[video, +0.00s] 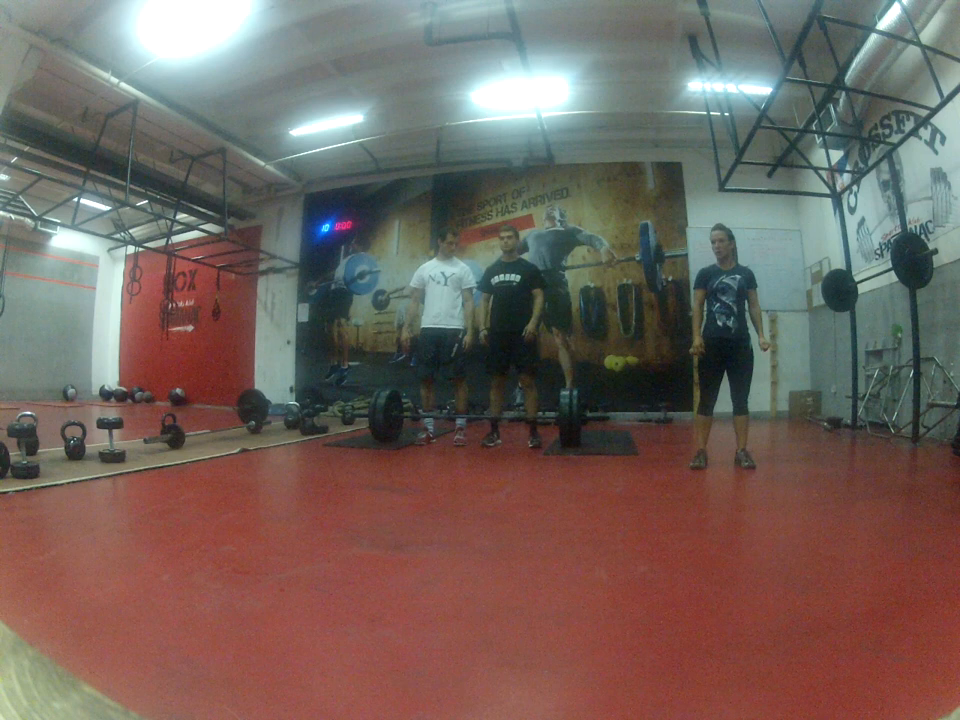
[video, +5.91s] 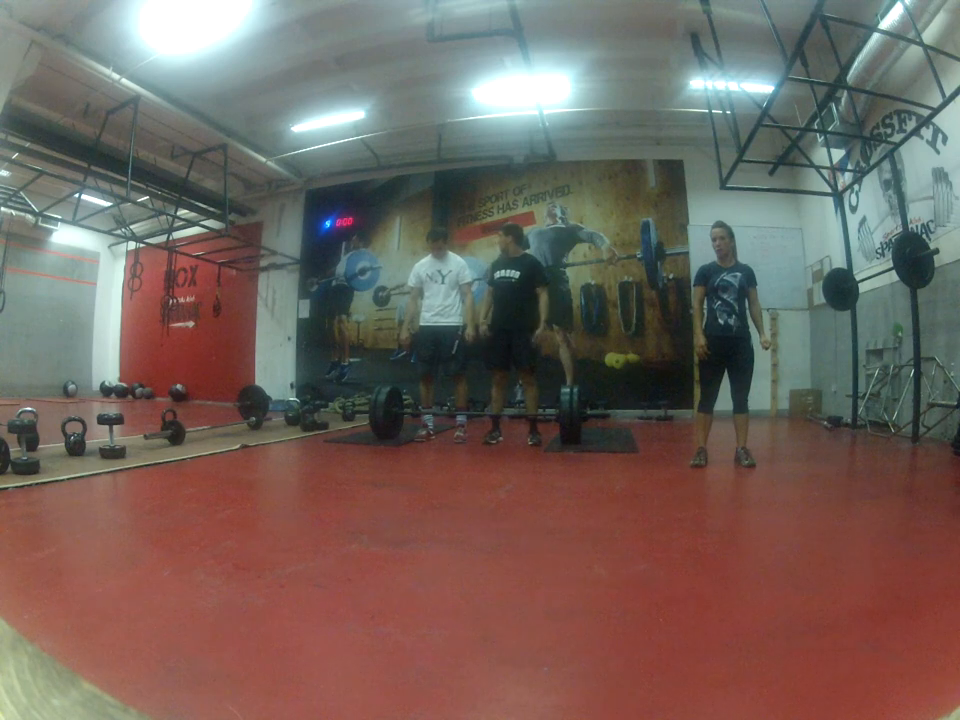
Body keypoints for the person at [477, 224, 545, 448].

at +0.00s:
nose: (506, 241)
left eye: (510, 238)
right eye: (502, 238)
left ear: (517, 241)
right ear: (498, 242)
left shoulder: (529, 268)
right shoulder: (491, 270)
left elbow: (539, 297)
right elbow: (484, 301)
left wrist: (533, 323)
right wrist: (483, 327)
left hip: (523, 332)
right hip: (498, 332)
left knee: (527, 380)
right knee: (497, 381)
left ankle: (533, 431)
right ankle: (494, 430)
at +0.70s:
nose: (507, 241)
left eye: (510, 238)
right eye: (503, 238)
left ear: (518, 241)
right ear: (499, 242)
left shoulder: (530, 268)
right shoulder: (492, 271)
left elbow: (540, 298)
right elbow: (485, 302)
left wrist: (542, 328)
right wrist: (488, 322)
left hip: (525, 331)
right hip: (499, 332)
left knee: (527, 379)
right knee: (497, 380)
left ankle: (533, 431)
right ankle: (494, 430)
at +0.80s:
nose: (507, 241)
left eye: (510, 238)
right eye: (504, 238)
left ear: (518, 241)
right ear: (499, 242)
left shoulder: (530, 268)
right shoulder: (493, 270)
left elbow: (540, 298)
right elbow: (485, 304)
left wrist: (541, 328)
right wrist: (487, 291)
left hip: (525, 331)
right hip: (499, 331)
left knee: (527, 379)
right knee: (497, 380)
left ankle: (533, 431)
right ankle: (494, 430)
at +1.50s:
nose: (509, 243)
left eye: (513, 239)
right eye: (506, 240)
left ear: (521, 240)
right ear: (501, 241)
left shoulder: (533, 265)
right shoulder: (494, 266)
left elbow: (546, 292)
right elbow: (483, 297)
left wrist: (540, 319)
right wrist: (481, 324)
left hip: (525, 329)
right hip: (499, 329)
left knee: (528, 378)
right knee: (497, 378)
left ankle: (533, 429)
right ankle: (494, 428)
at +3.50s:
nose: (507, 248)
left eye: (510, 244)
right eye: (503, 244)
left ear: (518, 243)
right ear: (498, 244)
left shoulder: (531, 266)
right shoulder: (493, 267)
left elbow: (543, 294)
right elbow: (484, 298)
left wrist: (545, 318)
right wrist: (478, 321)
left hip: (525, 329)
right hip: (499, 329)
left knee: (527, 377)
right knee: (498, 377)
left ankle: (533, 428)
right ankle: (494, 428)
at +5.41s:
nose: (495, 251)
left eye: (497, 246)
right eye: (492, 247)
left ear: (508, 243)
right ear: (491, 246)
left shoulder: (527, 265)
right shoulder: (488, 268)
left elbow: (541, 291)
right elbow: (481, 298)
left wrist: (542, 318)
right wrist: (482, 324)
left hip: (524, 329)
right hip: (497, 330)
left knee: (527, 376)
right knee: (497, 378)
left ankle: (533, 428)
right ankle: (495, 428)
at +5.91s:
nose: (498, 241)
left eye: (501, 237)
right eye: (499, 237)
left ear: (512, 238)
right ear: (509, 239)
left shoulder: (531, 262)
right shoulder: (496, 264)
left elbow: (543, 294)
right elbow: (489, 295)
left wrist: (543, 325)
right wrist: (482, 320)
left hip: (524, 329)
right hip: (499, 329)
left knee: (527, 378)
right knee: (498, 378)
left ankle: (533, 429)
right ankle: (495, 428)